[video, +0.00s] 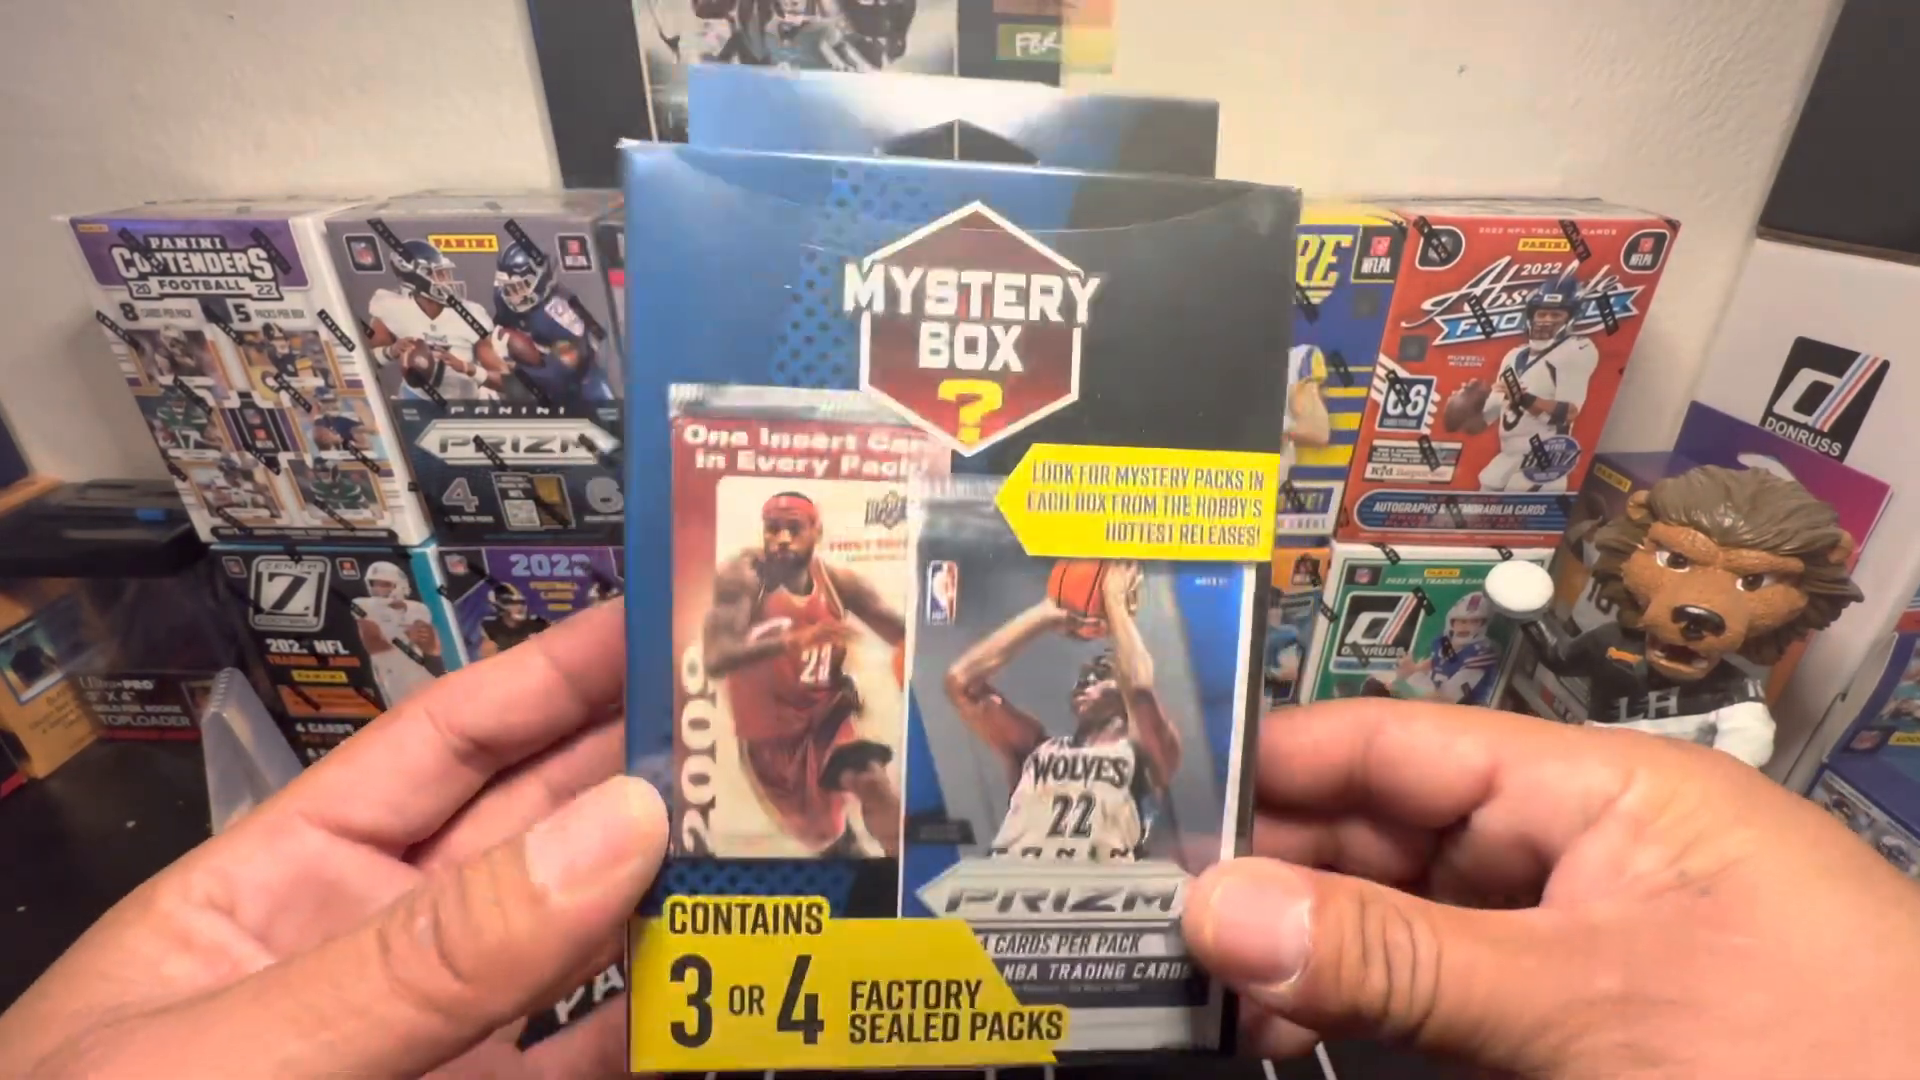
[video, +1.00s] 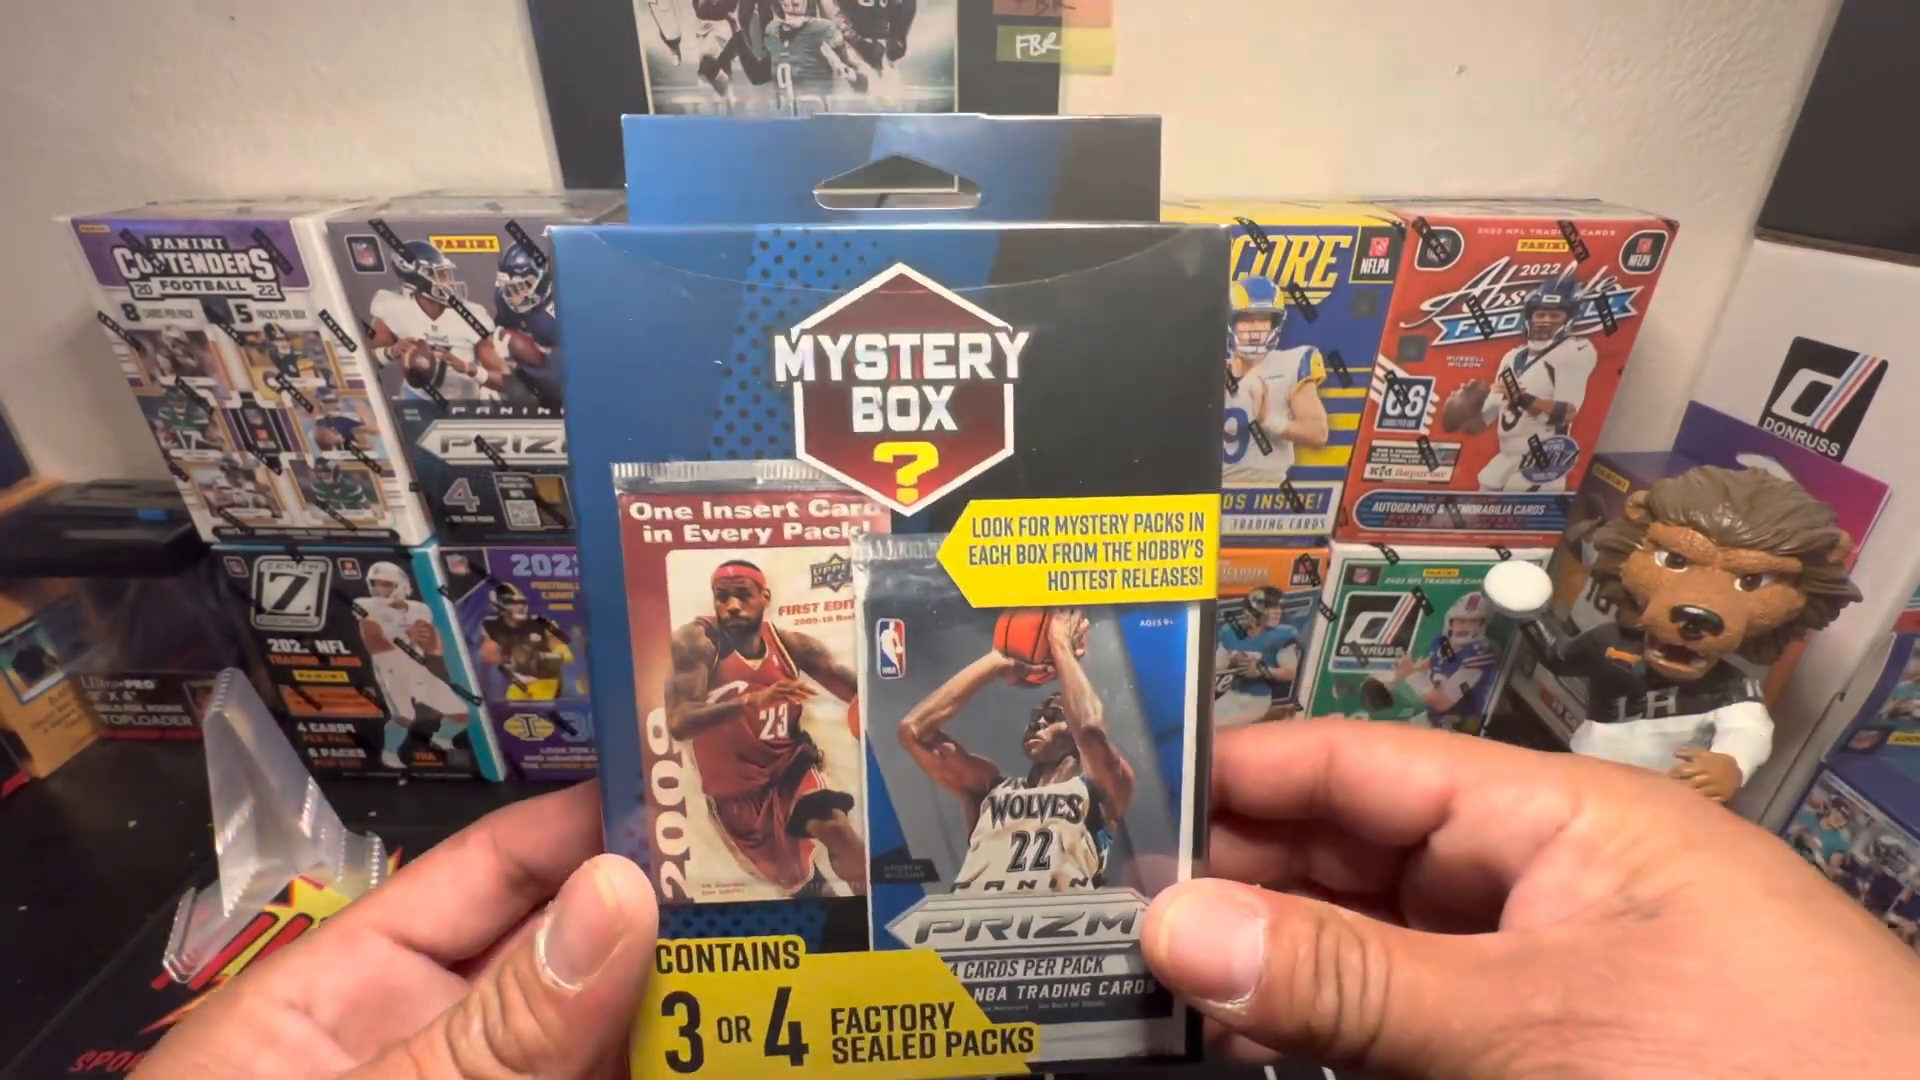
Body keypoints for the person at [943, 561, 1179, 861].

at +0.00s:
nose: (1083, 684)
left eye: (1100, 675)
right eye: (1081, 677)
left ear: (1124, 690)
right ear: (1072, 694)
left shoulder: (1143, 755)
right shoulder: (1034, 748)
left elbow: (1138, 688)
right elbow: (961, 682)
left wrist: (1115, 603)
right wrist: (1046, 614)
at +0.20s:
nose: (1087, 654)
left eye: (1104, 645)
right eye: (1085, 647)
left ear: (1128, 662)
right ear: (1077, 662)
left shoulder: (1149, 727)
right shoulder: (1039, 719)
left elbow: (1141, 661)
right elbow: (967, 651)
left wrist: (1118, 575)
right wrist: (1047, 586)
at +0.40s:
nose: (1091, 635)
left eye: (1110, 626)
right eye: (1090, 628)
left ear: (1134, 642)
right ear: (1081, 642)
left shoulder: (1158, 710)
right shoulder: (1042, 704)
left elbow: (1146, 642)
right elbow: (968, 636)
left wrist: (1120, 554)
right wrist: (1051, 568)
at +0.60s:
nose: (1043, 680)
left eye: (1061, 672)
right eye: (1042, 674)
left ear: (1087, 688)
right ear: (1033, 689)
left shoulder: (1113, 755)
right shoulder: (997, 753)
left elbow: (1099, 683)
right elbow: (917, 691)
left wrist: (1066, 594)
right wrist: (997, 616)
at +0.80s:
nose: (1025, 707)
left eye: (1043, 700)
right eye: (1023, 701)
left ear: (1069, 715)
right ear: (1014, 715)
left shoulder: (1094, 779)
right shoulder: (980, 778)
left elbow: (1081, 712)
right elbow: (900, 718)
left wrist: (1047, 623)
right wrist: (980, 644)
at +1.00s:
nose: (1037, 722)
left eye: (1053, 716)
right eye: (1035, 716)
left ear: (1078, 730)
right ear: (1026, 728)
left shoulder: (1099, 791)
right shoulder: (988, 789)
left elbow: (1089, 728)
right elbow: (914, 731)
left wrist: (1060, 644)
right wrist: (995, 661)